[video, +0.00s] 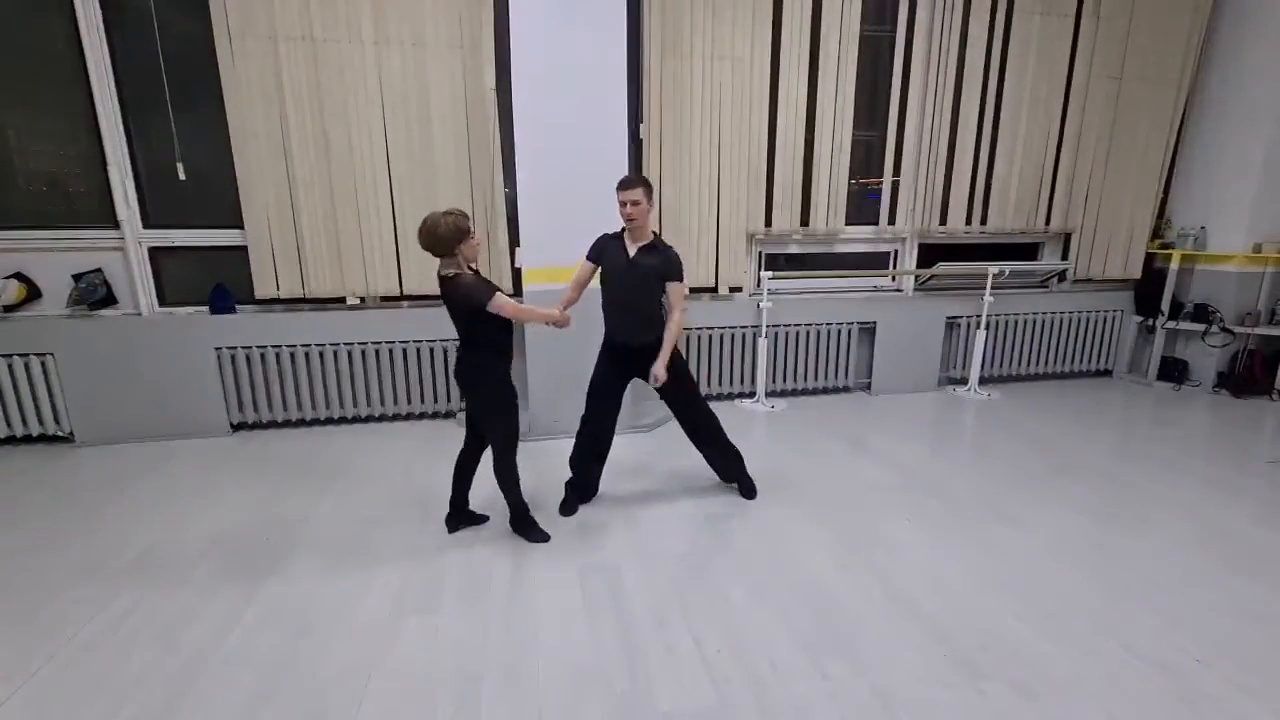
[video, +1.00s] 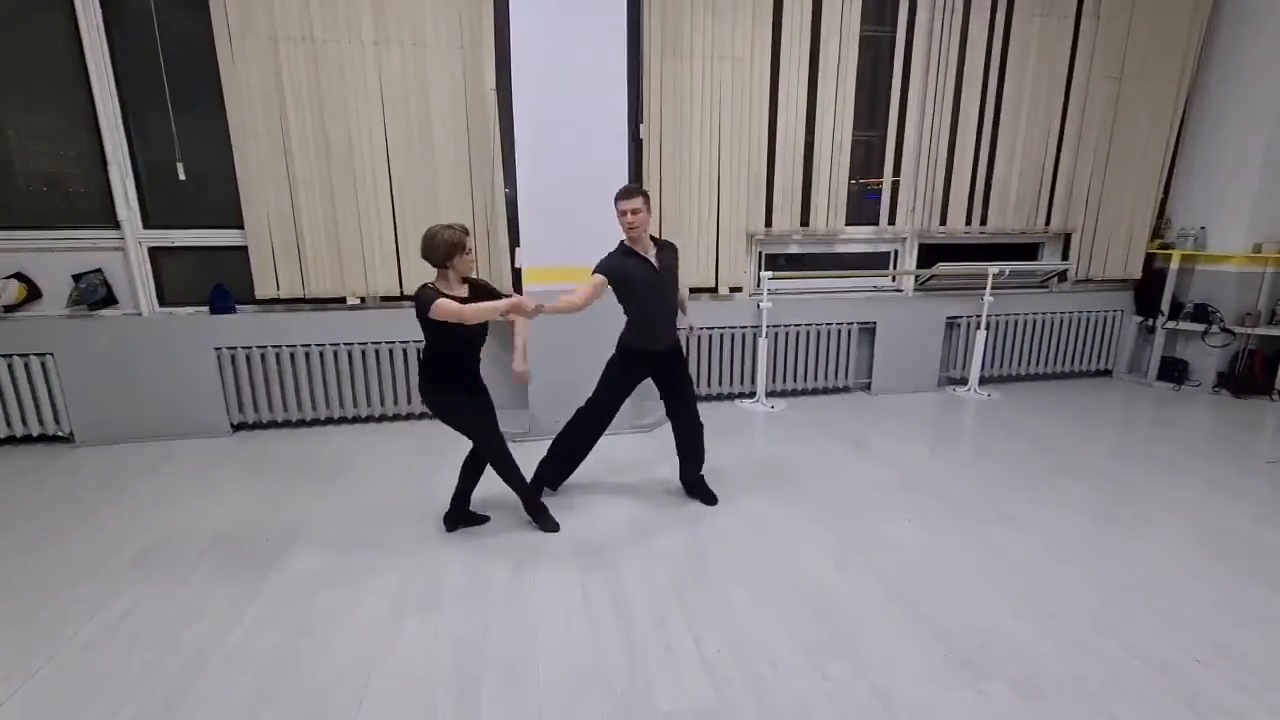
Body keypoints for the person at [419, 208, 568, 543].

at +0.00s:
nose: (479, 238)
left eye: (474, 233)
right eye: (472, 235)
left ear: (450, 248)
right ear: (458, 246)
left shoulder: (452, 277)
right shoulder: (468, 284)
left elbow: (503, 306)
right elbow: (512, 312)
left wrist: (540, 315)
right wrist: (552, 316)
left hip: (474, 370)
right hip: (488, 375)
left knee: (475, 441)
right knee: (505, 444)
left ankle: (458, 510)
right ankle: (520, 516)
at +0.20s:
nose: (476, 248)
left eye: (473, 242)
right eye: (470, 244)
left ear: (442, 252)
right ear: (454, 252)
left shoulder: (435, 280)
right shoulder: (465, 293)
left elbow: (489, 304)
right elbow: (512, 314)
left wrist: (527, 313)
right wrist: (546, 312)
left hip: (463, 374)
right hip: (484, 377)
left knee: (484, 439)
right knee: (519, 439)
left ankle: (459, 511)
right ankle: (523, 514)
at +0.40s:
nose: (476, 253)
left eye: (473, 247)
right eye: (470, 250)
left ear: (445, 259)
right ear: (455, 259)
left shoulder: (435, 288)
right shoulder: (470, 298)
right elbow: (509, 322)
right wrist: (536, 310)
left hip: (437, 383)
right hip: (460, 385)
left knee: (474, 437)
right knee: (521, 431)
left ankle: (458, 512)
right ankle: (540, 502)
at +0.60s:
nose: (473, 255)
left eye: (471, 249)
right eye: (466, 252)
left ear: (450, 259)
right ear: (448, 260)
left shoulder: (454, 288)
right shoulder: (445, 297)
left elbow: (491, 319)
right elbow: (496, 324)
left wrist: (531, 322)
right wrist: (542, 321)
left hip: (450, 381)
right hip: (442, 386)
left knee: (475, 439)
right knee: (495, 438)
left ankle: (458, 512)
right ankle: (536, 505)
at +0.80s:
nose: (471, 257)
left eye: (469, 251)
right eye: (464, 253)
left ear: (457, 257)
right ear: (444, 260)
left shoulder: (476, 290)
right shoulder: (421, 296)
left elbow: (510, 326)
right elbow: (461, 311)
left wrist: (489, 358)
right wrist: (505, 299)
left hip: (469, 380)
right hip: (434, 387)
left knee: (489, 441)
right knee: (483, 445)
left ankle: (459, 511)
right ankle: (531, 508)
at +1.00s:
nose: (473, 257)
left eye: (472, 250)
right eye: (467, 252)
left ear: (458, 258)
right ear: (448, 260)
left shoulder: (478, 288)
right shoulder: (427, 296)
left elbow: (519, 310)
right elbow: (464, 315)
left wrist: (519, 355)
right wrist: (507, 306)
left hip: (470, 380)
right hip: (438, 386)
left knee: (487, 439)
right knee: (488, 436)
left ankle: (458, 510)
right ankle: (531, 502)